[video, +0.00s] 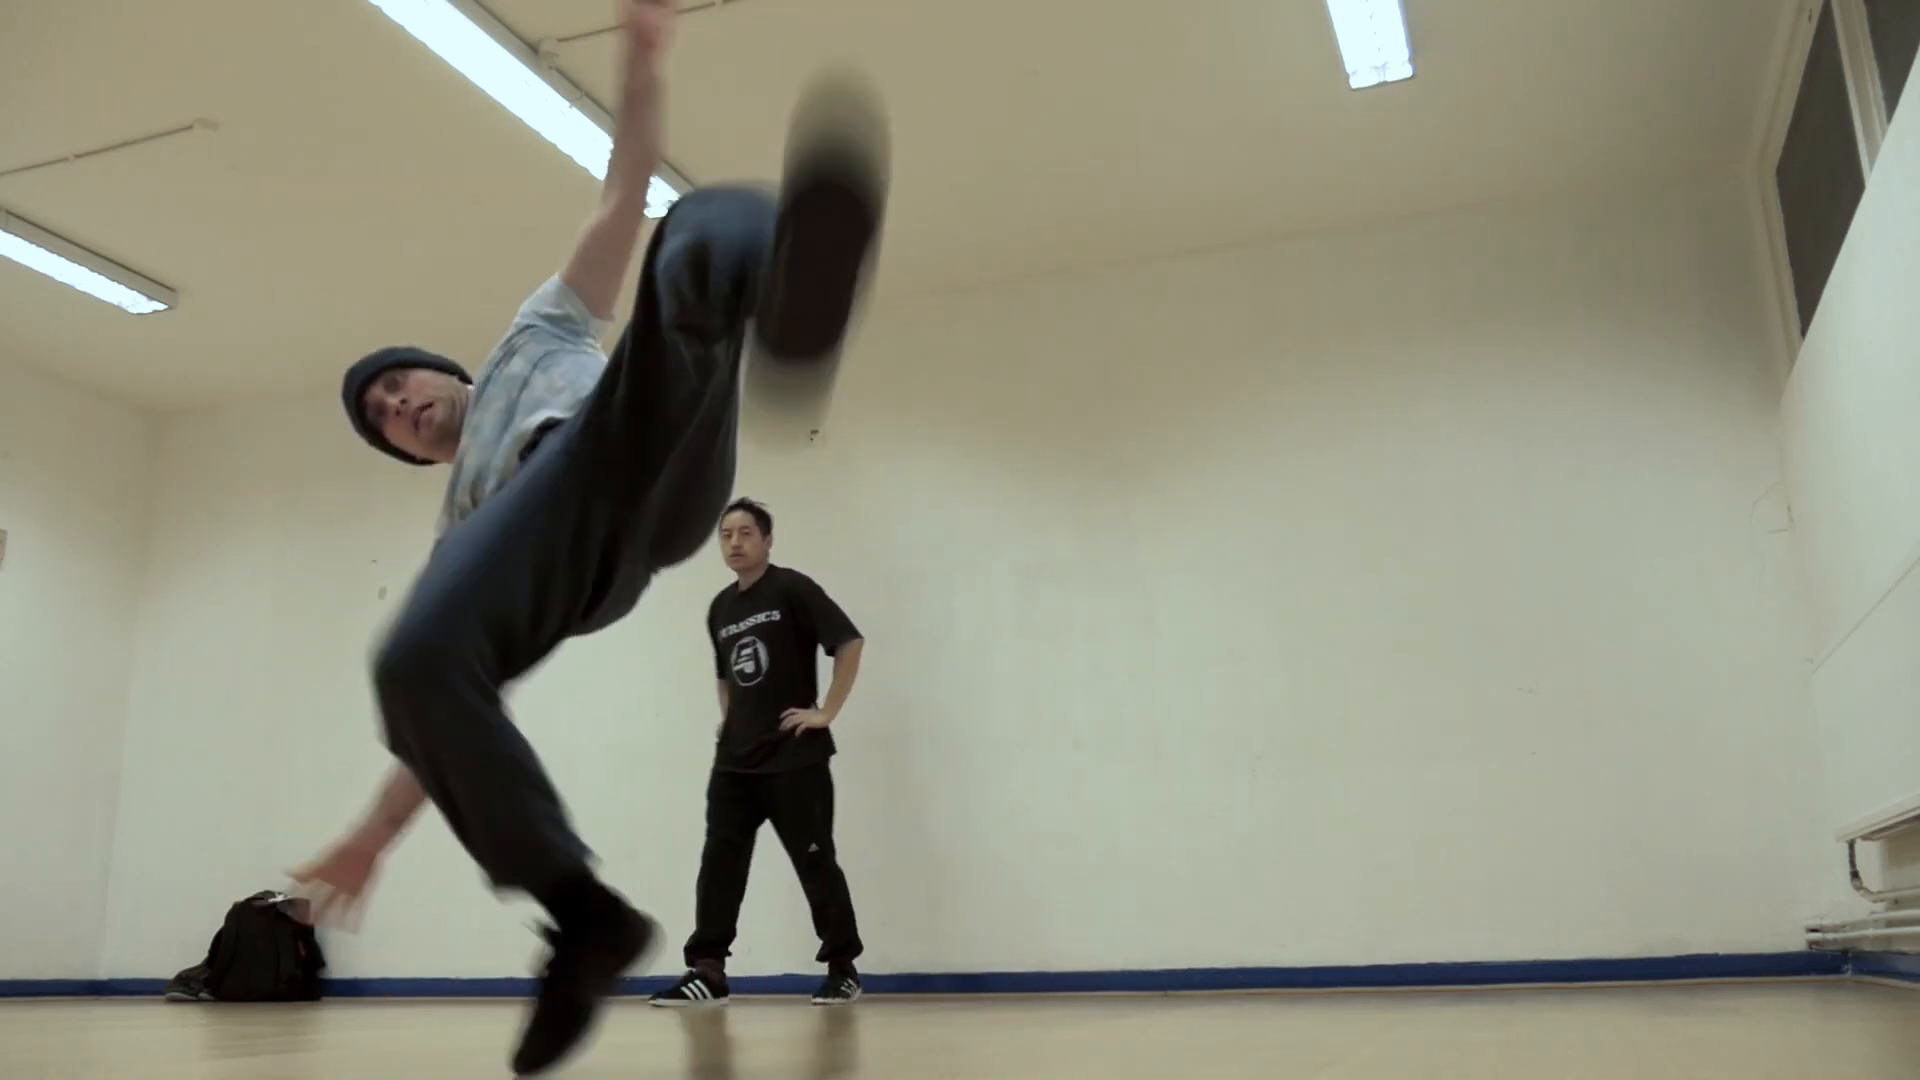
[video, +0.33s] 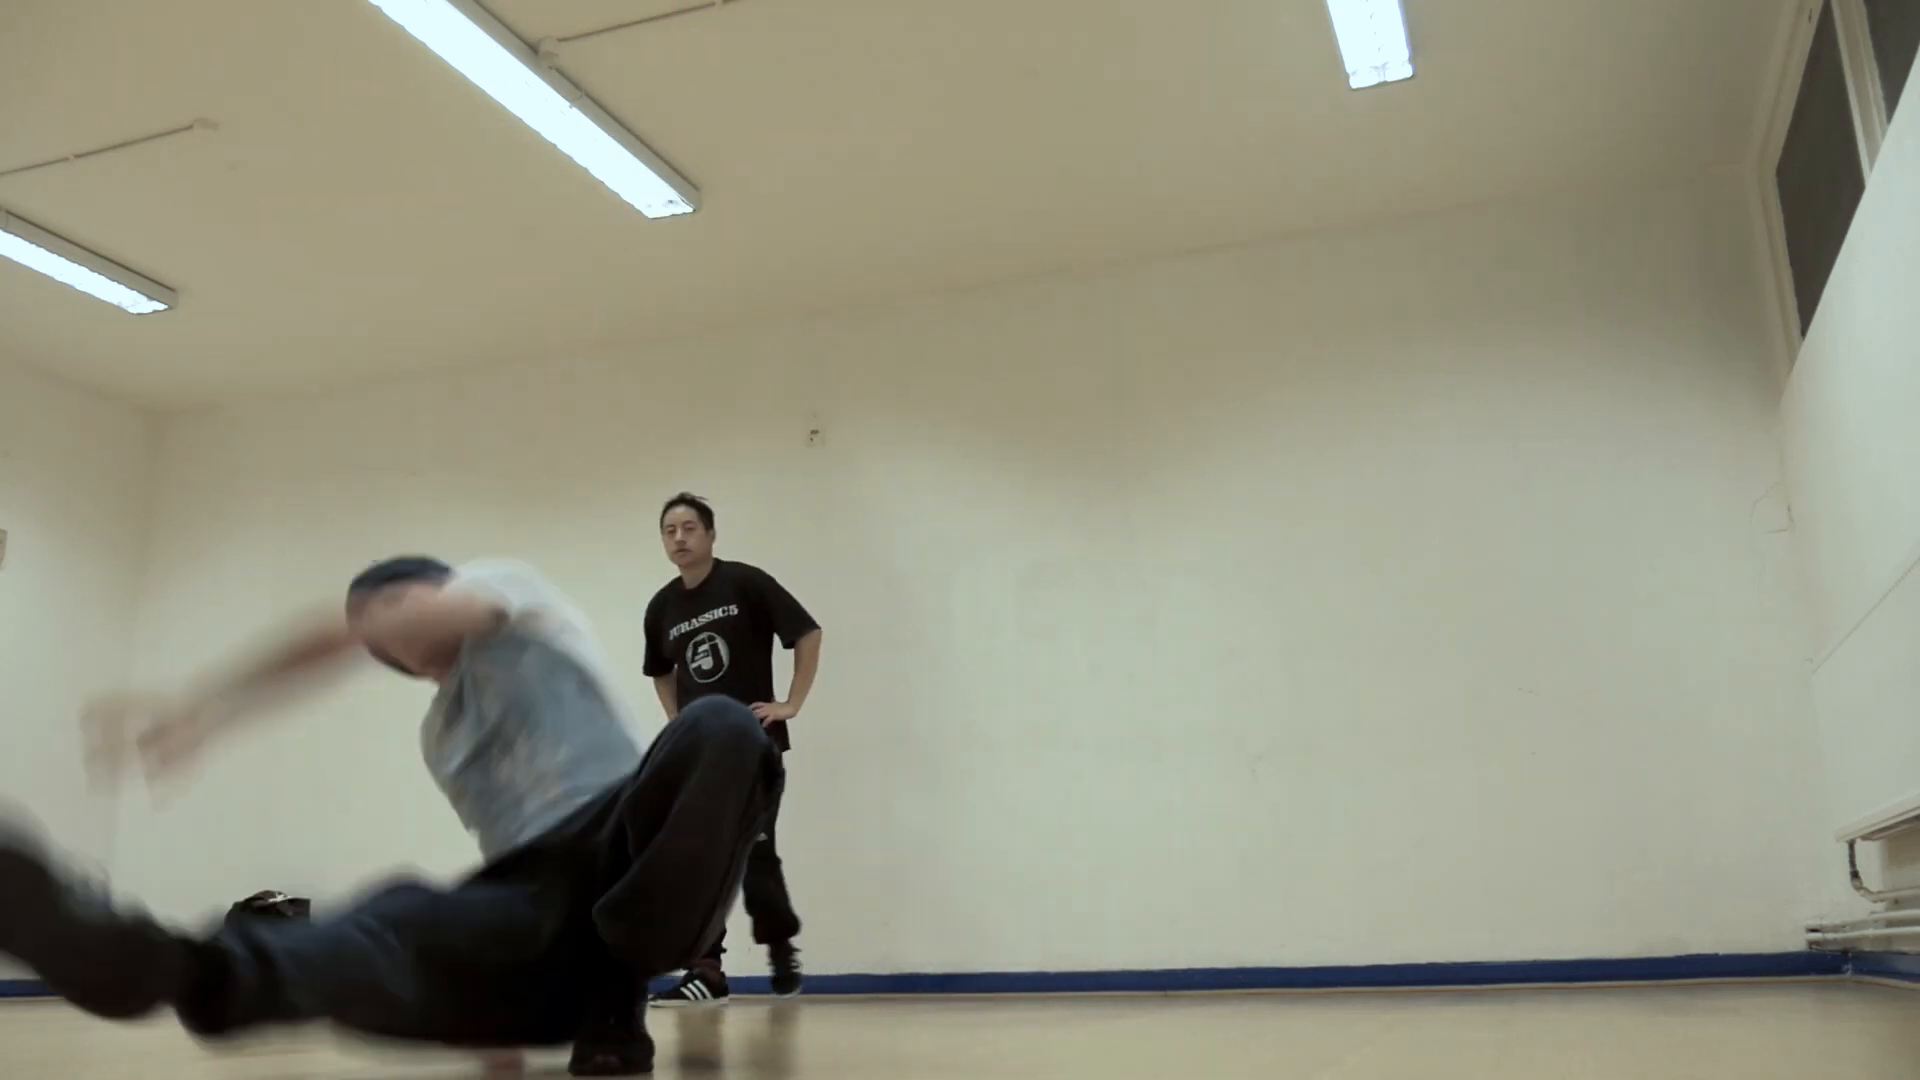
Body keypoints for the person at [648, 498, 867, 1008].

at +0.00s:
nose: (735, 542)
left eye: (745, 533)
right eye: (728, 534)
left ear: (767, 540)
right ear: (719, 544)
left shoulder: (793, 588)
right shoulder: (720, 609)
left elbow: (849, 643)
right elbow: (725, 676)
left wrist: (827, 712)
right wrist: (729, 724)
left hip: (794, 753)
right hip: (737, 755)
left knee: (814, 859)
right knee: (721, 860)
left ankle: (841, 969)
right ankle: (708, 973)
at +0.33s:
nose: (679, 537)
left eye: (689, 528)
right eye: (671, 530)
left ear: (710, 536)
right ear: (662, 542)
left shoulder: (747, 582)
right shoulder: (662, 608)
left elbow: (807, 634)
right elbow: (662, 675)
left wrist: (792, 704)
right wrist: (679, 728)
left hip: (754, 743)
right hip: (698, 749)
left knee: (756, 849)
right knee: (699, 849)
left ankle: (781, 950)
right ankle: (706, 969)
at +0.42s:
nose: (673, 537)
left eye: (683, 528)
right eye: (664, 530)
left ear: (703, 535)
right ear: (656, 541)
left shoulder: (741, 582)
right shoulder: (655, 607)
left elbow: (802, 632)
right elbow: (653, 679)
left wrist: (789, 702)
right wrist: (655, 734)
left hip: (749, 738)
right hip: (688, 745)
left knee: (745, 847)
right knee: (693, 847)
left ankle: (755, 948)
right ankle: (705, 969)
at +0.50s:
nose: (669, 538)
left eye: (679, 528)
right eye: (660, 530)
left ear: (700, 535)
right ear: (652, 541)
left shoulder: (737, 583)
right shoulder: (651, 609)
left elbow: (799, 632)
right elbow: (653, 677)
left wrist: (786, 702)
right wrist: (664, 736)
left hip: (746, 741)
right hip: (690, 747)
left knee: (742, 847)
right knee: (702, 845)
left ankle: (731, 956)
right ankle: (708, 954)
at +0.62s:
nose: (669, 537)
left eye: (678, 527)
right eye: (659, 530)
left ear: (699, 535)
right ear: (651, 542)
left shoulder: (738, 584)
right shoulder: (650, 609)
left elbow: (798, 633)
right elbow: (650, 673)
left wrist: (786, 704)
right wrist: (663, 719)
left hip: (744, 747)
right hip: (683, 752)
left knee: (744, 854)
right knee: (692, 858)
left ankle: (737, 952)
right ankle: (702, 965)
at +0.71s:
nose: (672, 537)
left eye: (682, 527)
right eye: (663, 530)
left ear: (702, 535)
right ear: (654, 541)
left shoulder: (742, 585)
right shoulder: (650, 609)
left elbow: (801, 634)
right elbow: (647, 671)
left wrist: (789, 704)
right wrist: (662, 716)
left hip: (747, 744)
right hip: (688, 750)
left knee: (752, 853)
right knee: (691, 855)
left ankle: (756, 949)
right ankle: (700, 957)